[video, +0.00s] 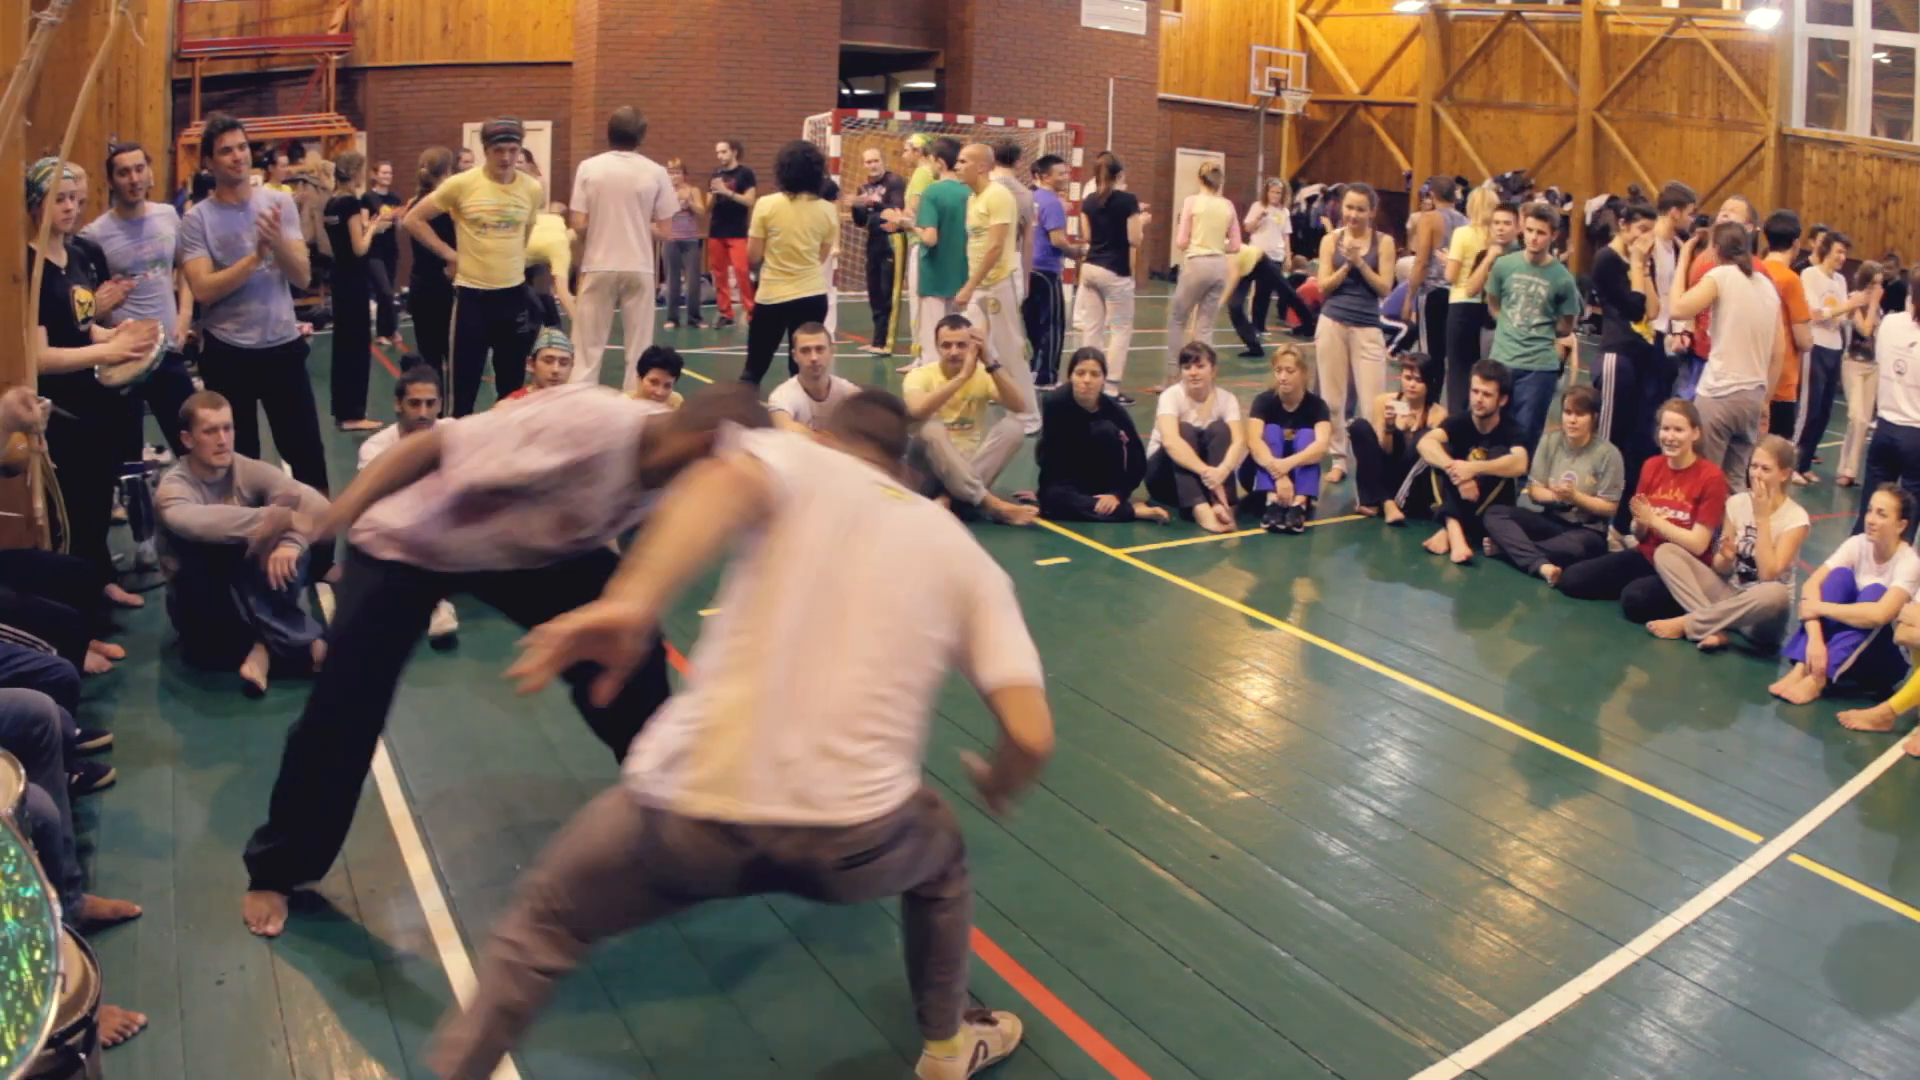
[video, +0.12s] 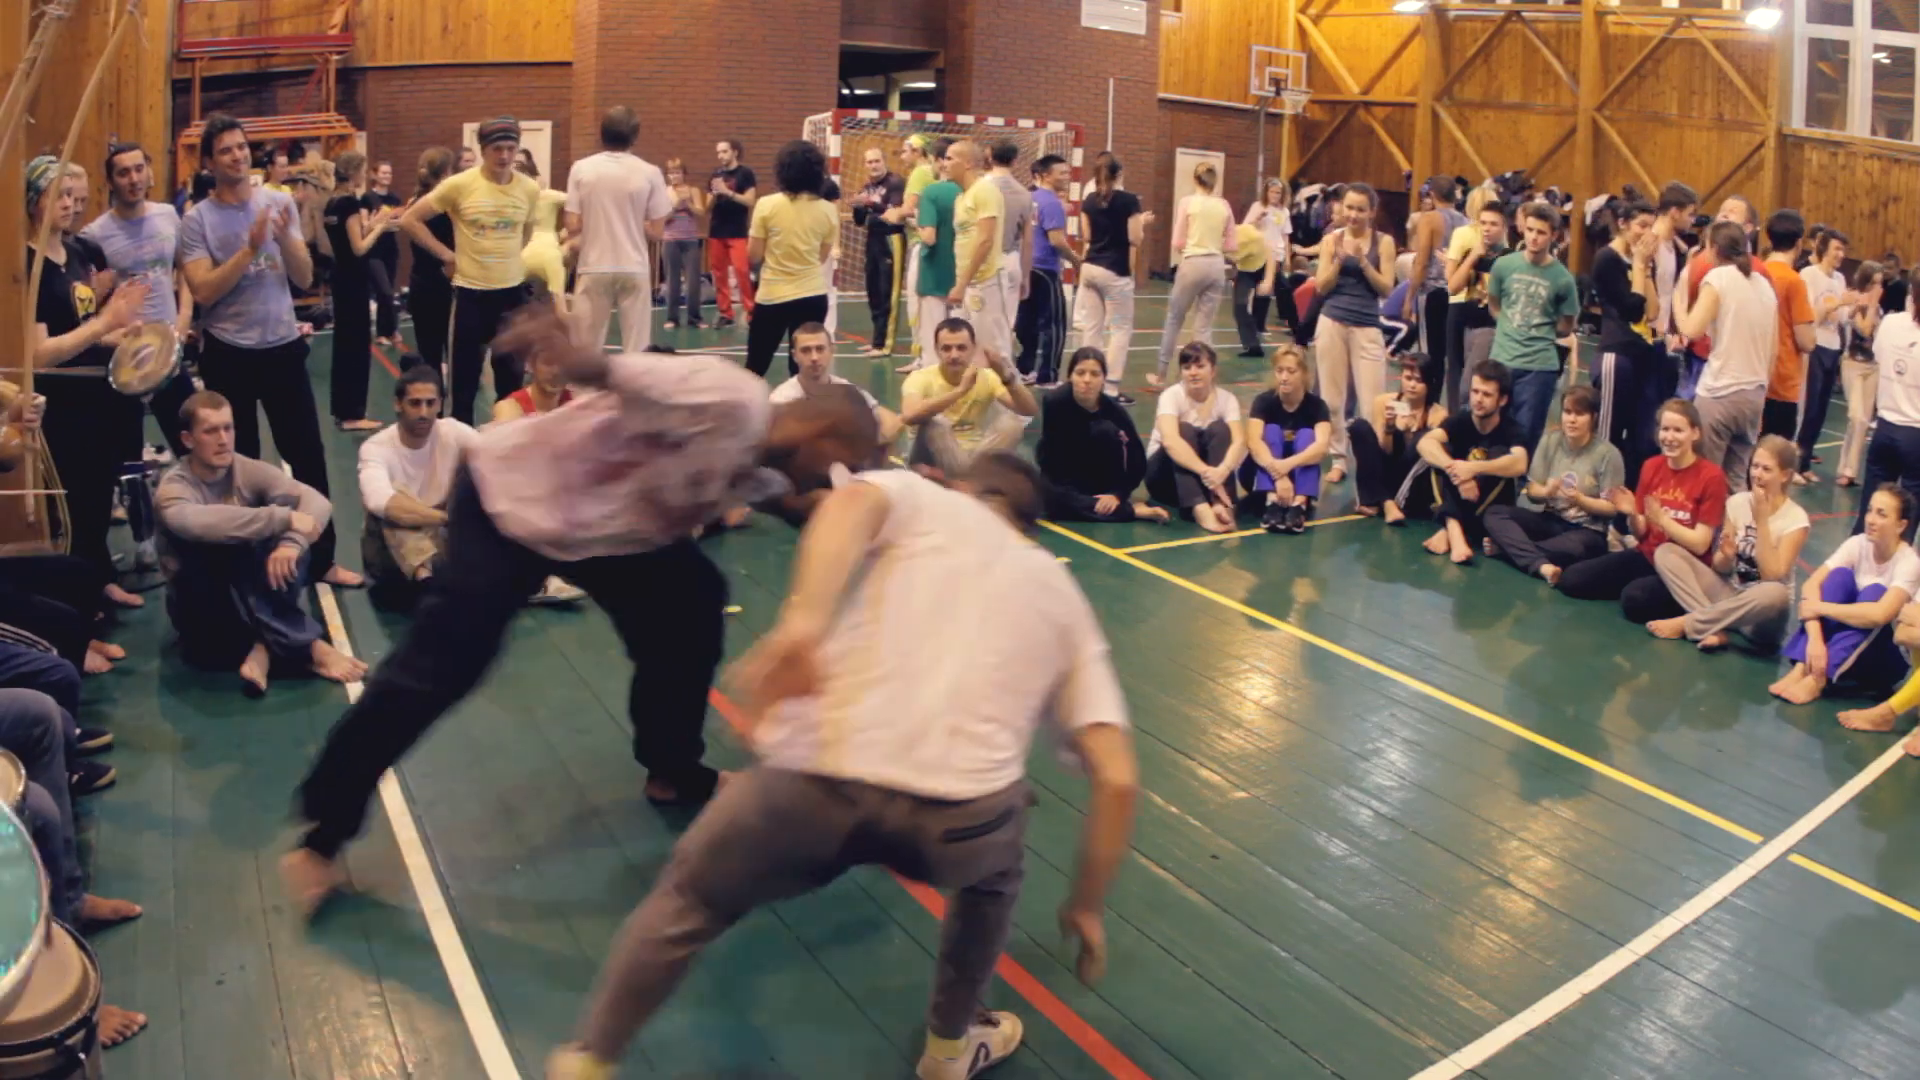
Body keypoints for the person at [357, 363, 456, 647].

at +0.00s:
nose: (423, 412)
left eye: (430, 404)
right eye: (414, 404)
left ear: (441, 404)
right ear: (399, 405)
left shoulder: (455, 436)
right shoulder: (375, 448)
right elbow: (372, 508)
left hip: (445, 533)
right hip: (393, 539)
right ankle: (438, 605)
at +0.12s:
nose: (423, 413)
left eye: (430, 404)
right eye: (415, 404)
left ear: (440, 405)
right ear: (398, 405)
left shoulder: (454, 432)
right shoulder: (376, 448)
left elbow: (493, 463)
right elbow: (379, 502)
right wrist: (447, 518)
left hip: (449, 545)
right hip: (391, 551)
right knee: (396, 501)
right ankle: (425, 578)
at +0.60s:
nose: (426, 412)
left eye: (433, 403)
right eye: (417, 404)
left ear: (440, 404)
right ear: (398, 405)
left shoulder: (450, 432)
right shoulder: (376, 449)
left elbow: (516, 464)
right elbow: (381, 503)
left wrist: (501, 508)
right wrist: (450, 519)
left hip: (449, 545)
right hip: (398, 550)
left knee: (493, 471)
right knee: (396, 501)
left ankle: (532, 578)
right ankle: (435, 602)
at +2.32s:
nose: (432, 409)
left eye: (436, 400)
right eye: (422, 402)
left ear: (441, 400)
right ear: (398, 405)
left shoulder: (451, 431)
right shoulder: (376, 449)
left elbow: (516, 464)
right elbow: (381, 503)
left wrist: (500, 508)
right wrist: (450, 519)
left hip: (450, 545)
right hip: (398, 551)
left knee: (493, 470)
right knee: (395, 500)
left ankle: (532, 577)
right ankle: (434, 602)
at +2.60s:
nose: (433, 410)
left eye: (437, 401)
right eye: (423, 403)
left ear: (441, 400)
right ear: (398, 405)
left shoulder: (451, 431)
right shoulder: (376, 449)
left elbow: (516, 464)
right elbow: (380, 502)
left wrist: (500, 509)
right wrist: (450, 519)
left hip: (450, 545)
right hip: (398, 551)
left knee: (493, 470)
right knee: (396, 500)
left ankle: (532, 577)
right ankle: (434, 602)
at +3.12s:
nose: (433, 410)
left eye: (437, 401)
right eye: (423, 403)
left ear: (442, 401)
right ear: (399, 405)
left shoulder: (451, 431)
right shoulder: (376, 449)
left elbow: (516, 464)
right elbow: (380, 502)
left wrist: (500, 509)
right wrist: (450, 520)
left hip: (449, 547)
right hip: (398, 553)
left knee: (491, 470)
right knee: (396, 498)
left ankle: (532, 577)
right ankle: (434, 601)